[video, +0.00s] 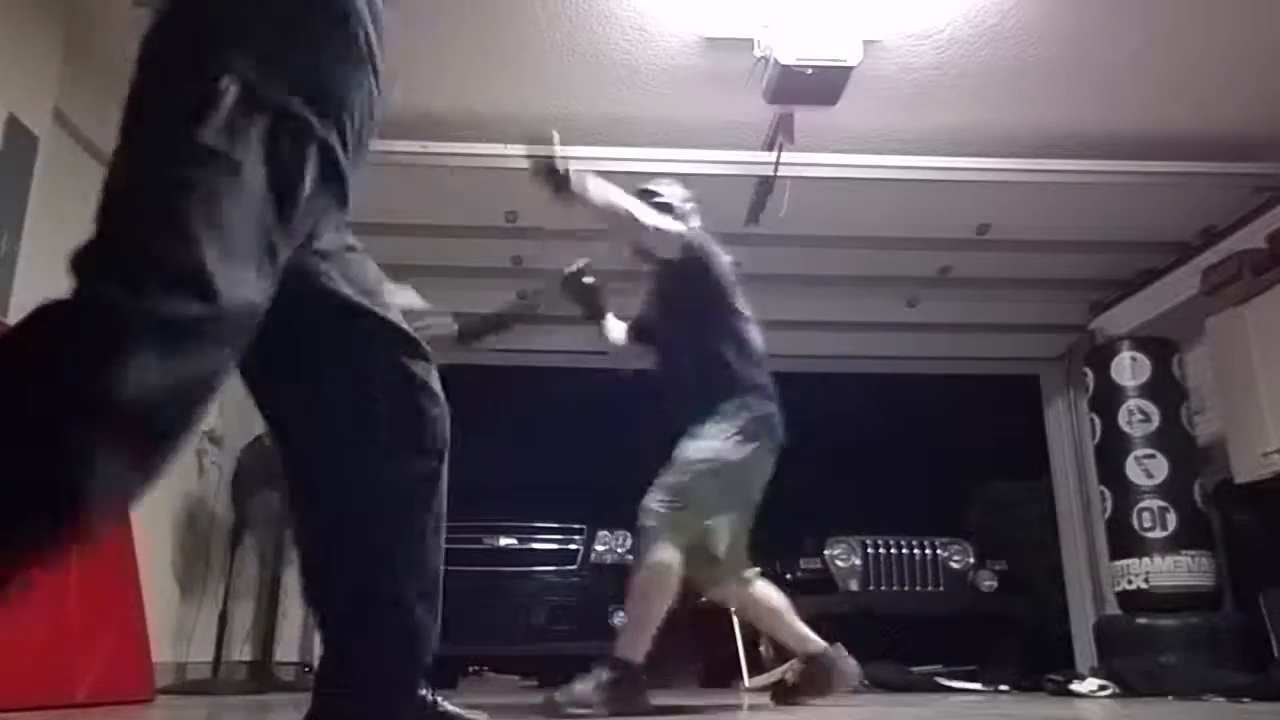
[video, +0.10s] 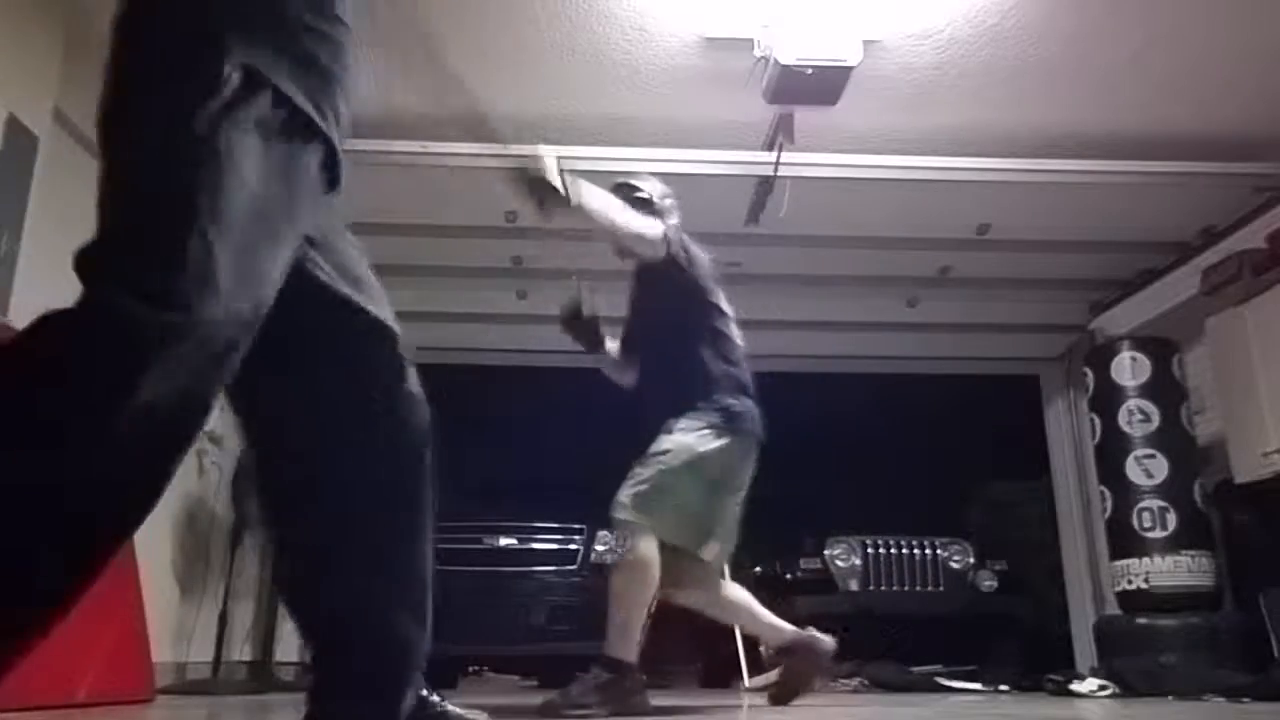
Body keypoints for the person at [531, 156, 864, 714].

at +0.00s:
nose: (644, 222)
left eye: (655, 213)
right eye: (641, 213)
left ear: (685, 219)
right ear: (646, 230)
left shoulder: (697, 254)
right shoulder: (665, 302)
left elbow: (637, 222)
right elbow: (626, 350)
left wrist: (574, 180)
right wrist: (596, 306)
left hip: (740, 415)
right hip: (715, 428)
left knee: (663, 520)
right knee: (717, 567)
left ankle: (623, 672)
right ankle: (821, 658)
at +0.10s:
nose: (620, 215)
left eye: (631, 206)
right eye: (617, 207)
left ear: (660, 213)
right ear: (623, 215)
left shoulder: (677, 250)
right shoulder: (647, 291)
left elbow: (626, 227)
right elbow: (631, 377)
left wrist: (563, 184)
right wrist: (593, 342)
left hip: (720, 413)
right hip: (706, 426)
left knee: (634, 514)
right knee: (681, 578)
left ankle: (618, 670)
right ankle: (797, 644)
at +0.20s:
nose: (596, 227)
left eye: (603, 213)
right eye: (595, 216)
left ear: (631, 211)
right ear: (646, 212)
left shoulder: (659, 255)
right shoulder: (651, 263)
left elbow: (632, 315)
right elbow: (636, 377)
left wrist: (598, 318)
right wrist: (592, 348)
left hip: (704, 410)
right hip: (705, 416)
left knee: (626, 515)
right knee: (671, 578)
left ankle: (616, 671)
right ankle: (776, 636)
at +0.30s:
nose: (601, 217)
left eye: (611, 206)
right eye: (598, 209)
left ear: (647, 211)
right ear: (595, 222)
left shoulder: (671, 266)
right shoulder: (629, 281)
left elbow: (672, 350)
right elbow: (609, 370)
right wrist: (577, 335)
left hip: (704, 416)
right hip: (678, 423)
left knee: (624, 523)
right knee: (651, 569)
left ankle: (616, 671)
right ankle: (750, 638)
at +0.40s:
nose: (627, 209)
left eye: (638, 200)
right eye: (615, 203)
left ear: (663, 212)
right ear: (601, 223)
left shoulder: (687, 265)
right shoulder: (623, 290)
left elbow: (693, 339)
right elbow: (578, 338)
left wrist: (657, 392)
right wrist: (563, 291)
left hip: (704, 415)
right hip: (662, 419)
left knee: (633, 518)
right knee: (632, 556)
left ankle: (618, 671)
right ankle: (727, 651)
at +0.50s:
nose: (634, 219)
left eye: (644, 207)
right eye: (625, 209)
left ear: (669, 209)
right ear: (614, 218)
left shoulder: (701, 260)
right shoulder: (625, 282)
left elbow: (699, 313)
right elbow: (571, 330)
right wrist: (568, 263)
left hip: (715, 418)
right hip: (665, 423)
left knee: (671, 536)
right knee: (657, 545)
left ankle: (632, 661)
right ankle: (727, 658)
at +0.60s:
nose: (669, 221)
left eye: (675, 210)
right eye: (654, 211)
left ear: (688, 211)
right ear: (631, 215)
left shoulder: (710, 253)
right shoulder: (626, 273)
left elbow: (704, 281)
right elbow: (573, 319)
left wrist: (639, 244)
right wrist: (574, 257)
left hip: (729, 409)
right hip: (673, 420)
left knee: (694, 517)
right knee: (663, 540)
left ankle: (703, 657)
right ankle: (727, 658)